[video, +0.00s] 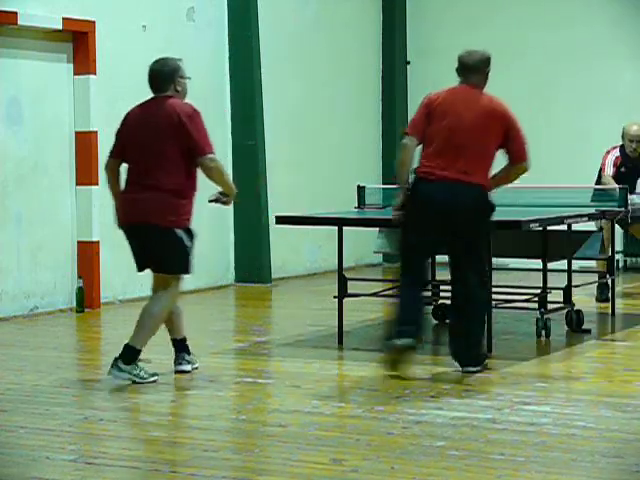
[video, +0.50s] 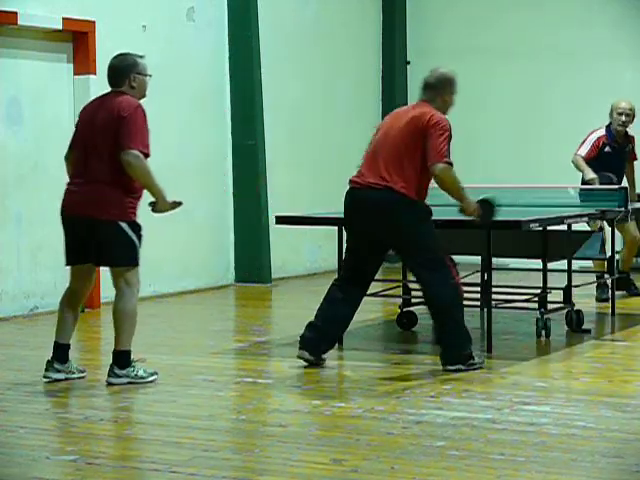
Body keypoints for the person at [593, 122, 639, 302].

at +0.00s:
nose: (634, 146)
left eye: (637, 141)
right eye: (630, 141)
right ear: (623, 141)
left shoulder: (637, 160)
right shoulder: (613, 154)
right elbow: (606, 179)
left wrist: (630, 200)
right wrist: (622, 197)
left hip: (630, 205)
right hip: (606, 204)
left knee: (635, 229)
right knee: (607, 232)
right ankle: (602, 280)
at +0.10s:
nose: (632, 143)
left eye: (636, 139)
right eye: (628, 138)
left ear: (639, 140)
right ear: (621, 138)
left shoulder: (637, 156)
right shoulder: (611, 150)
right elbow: (602, 172)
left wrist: (633, 195)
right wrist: (617, 191)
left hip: (627, 202)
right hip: (602, 201)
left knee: (636, 232)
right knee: (605, 235)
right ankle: (602, 281)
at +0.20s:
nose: (628, 135)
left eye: (632, 131)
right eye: (625, 130)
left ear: (636, 133)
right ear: (617, 129)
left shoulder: (635, 150)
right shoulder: (608, 143)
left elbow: (636, 172)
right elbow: (594, 161)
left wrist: (637, 190)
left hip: (621, 200)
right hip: (597, 199)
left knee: (636, 233)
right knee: (603, 238)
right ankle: (602, 282)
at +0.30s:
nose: (624, 128)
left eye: (629, 124)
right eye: (621, 123)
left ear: (634, 126)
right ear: (613, 124)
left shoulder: (633, 146)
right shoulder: (604, 139)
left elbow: (631, 172)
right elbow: (588, 159)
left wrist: (631, 195)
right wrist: (600, 167)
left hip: (619, 198)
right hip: (595, 198)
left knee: (636, 236)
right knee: (602, 238)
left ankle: (636, 279)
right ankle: (602, 282)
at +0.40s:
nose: (623, 123)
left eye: (627, 119)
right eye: (619, 118)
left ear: (632, 122)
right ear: (611, 119)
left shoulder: (631, 143)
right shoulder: (600, 138)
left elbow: (630, 169)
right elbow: (582, 159)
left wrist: (631, 193)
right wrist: (597, 171)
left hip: (618, 197)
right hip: (594, 198)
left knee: (634, 236)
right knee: (601, 238)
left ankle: (629, 278)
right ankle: (601, 282)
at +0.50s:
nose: (624, 119)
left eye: (628, 115)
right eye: (620, 114)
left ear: (632, 119)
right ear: (611, 116)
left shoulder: (629, 140)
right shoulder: (599, 136)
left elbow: (629, 166)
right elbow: (577, 158)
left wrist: (633, 191)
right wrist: (588, 172)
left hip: (616, 195)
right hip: (593, 196)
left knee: (633, 237)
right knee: (601, 237)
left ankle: (623, 276)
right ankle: (601, 282)